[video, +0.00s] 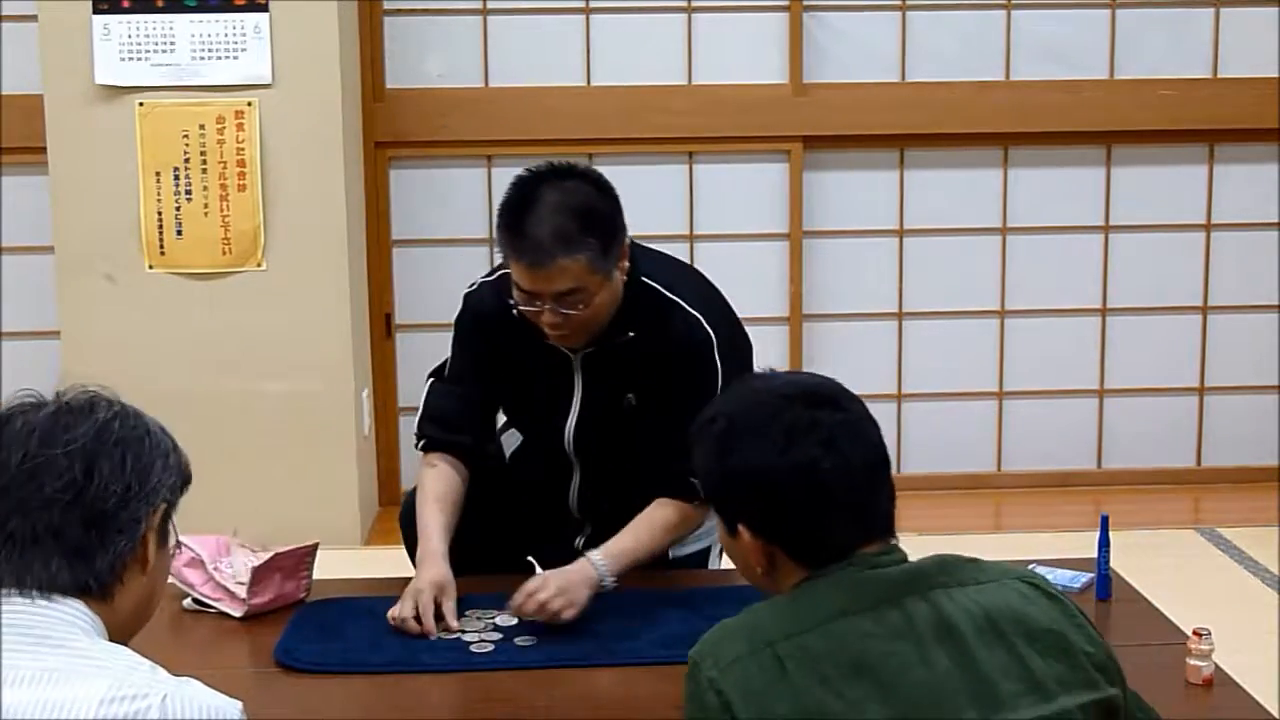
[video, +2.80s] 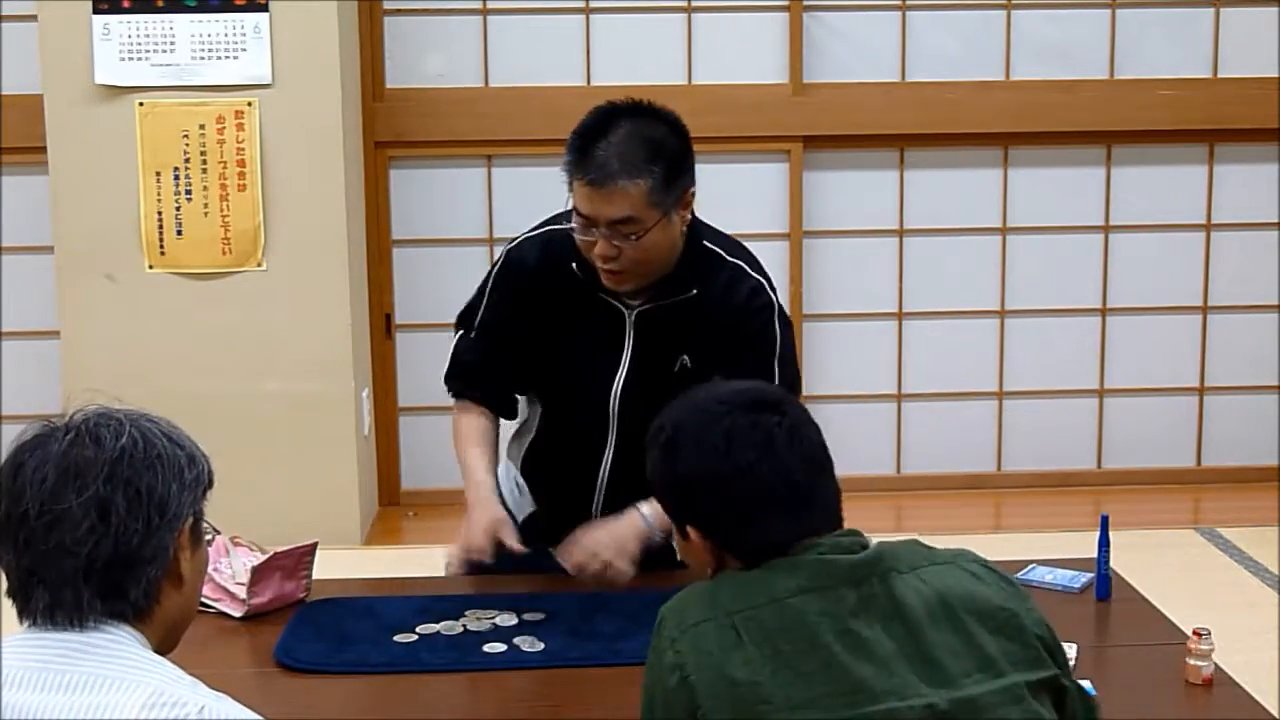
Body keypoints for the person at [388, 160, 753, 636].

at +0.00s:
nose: (548, 319)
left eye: (570, 300)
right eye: (530, 297)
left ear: (621, 262)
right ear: (511, 266)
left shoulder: (694, 328)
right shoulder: (491, 309)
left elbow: (695, 490)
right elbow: (448, 441)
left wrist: (592, 569)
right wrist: (432, 557)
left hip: (651, 512)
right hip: (545, 504)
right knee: (423, 512)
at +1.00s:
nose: (550, 326)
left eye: (572, 308)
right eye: (532, 304)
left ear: (626, 273)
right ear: (514, 272)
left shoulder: (701, 335)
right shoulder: (492, 319)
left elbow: (680, 500)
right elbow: (455, 456)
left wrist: (556, 569)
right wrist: (421, 560)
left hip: (654, 538)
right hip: (534, 526)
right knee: (422, 518)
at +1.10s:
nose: (544, 320)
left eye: (566, 302)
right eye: (525, 297)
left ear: (624, 272)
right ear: (509, 267)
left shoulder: (695, 335)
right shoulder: (489, 323)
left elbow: (662, 496)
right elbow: (447, 460)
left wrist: (537, 573)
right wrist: (392, 566)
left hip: (652, 542)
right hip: (524, 536)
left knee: (638, 694)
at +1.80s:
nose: (522, 323)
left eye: (541, 304)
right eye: (504, 301)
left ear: (599, 268)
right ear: (487, 277)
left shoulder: (680, 330)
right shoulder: (478, 326)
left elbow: (674, 490)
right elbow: (434, 455)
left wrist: (560, 577)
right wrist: (398, 559)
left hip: (651, 532)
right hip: (531, 521)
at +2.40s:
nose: (558, 286)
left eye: (580, 265)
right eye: (540, 263)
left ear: (634, 238)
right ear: (523, 240)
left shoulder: (703, 306)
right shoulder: (506, 300)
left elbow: (688, 467)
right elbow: (472, 423)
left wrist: (562, 533)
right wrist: (444, 507)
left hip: (654, 534)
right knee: (419, 527)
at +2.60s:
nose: (584, 253)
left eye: (607, 233)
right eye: (568, 229)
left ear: (665, 211)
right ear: (554, 207)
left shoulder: (720, 291)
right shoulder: (526, 271)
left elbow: (727, 448)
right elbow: (480, 384)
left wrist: (585, 507)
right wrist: (472, 471)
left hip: (646, 503)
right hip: (526, 486)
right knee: (411, 540)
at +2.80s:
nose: (602, 249)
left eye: (627, 230)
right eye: (586, 225)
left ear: (683, 208)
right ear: (573, 197)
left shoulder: (742, 296)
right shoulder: (534, 265)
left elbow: (759, 450)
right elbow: (476, 386)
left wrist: (641, 524)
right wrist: (481, 498)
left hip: (682, 557)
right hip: (539, 545)